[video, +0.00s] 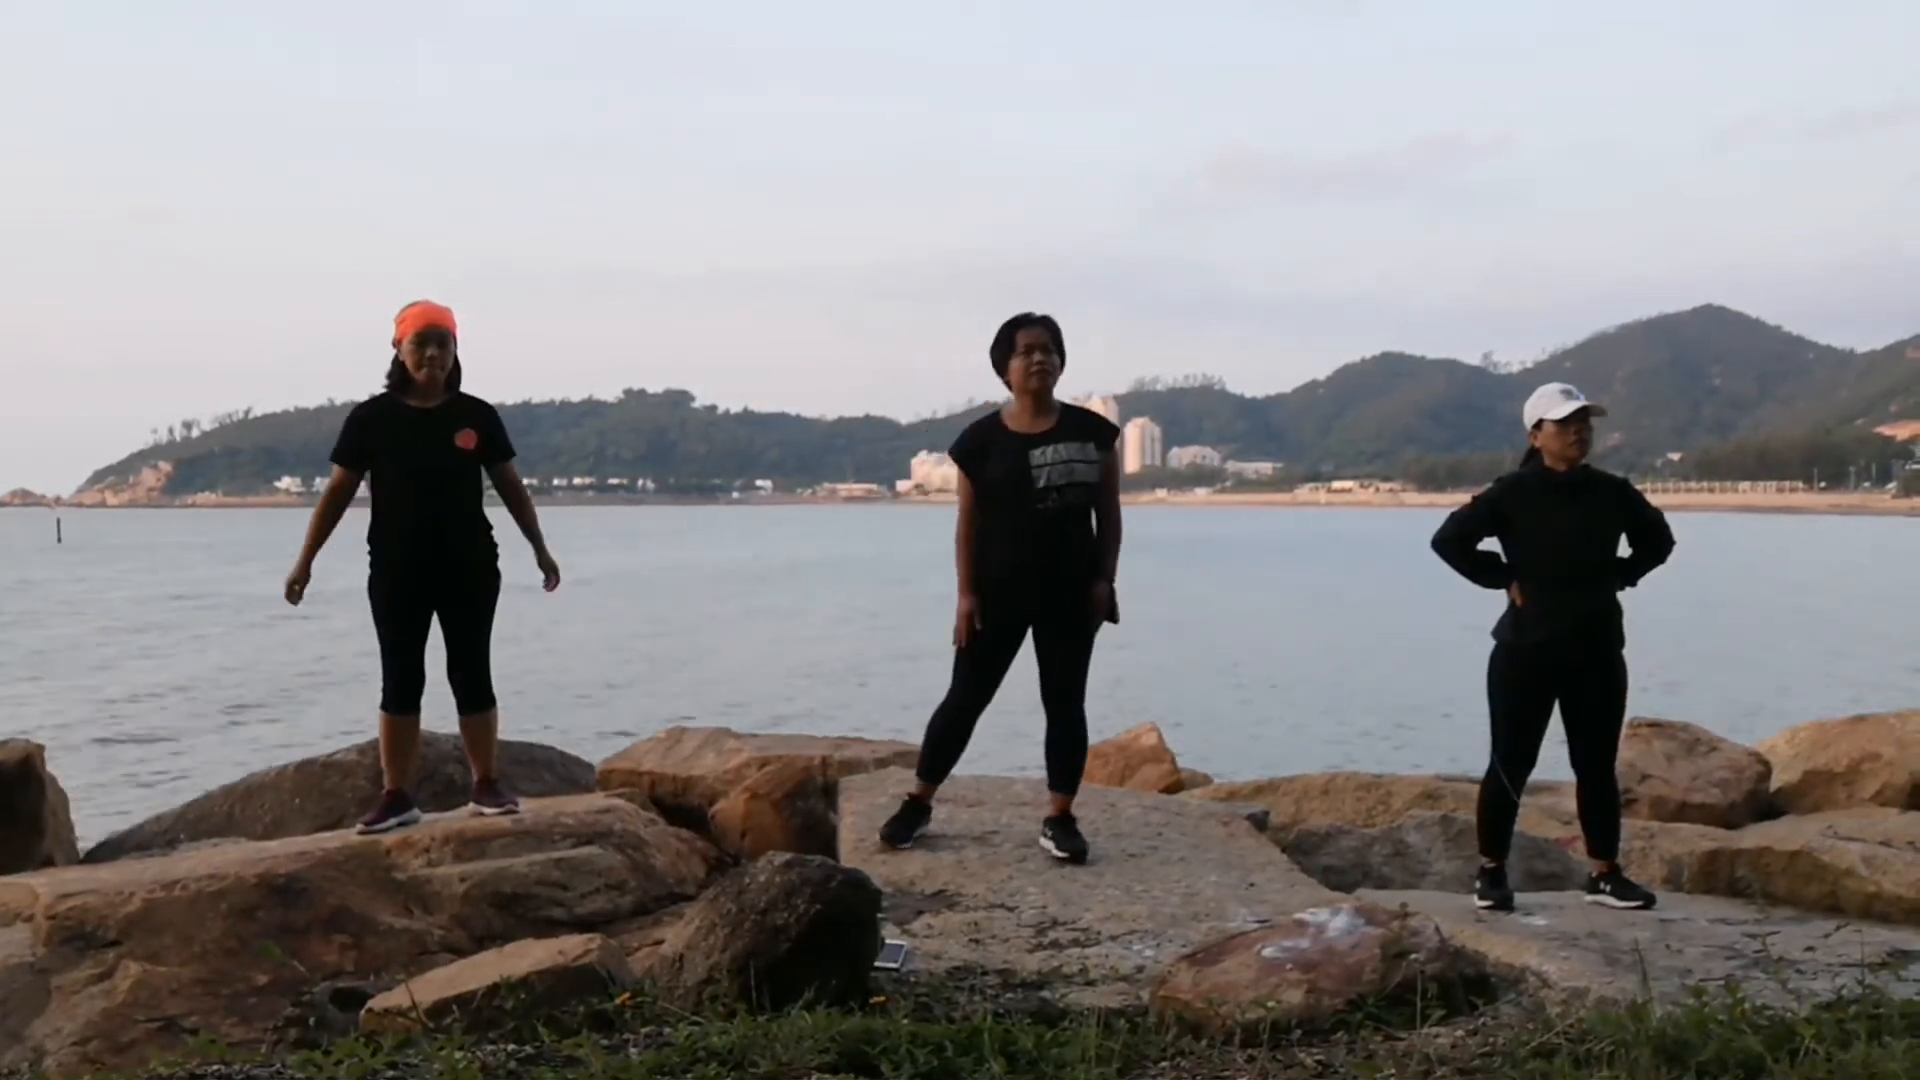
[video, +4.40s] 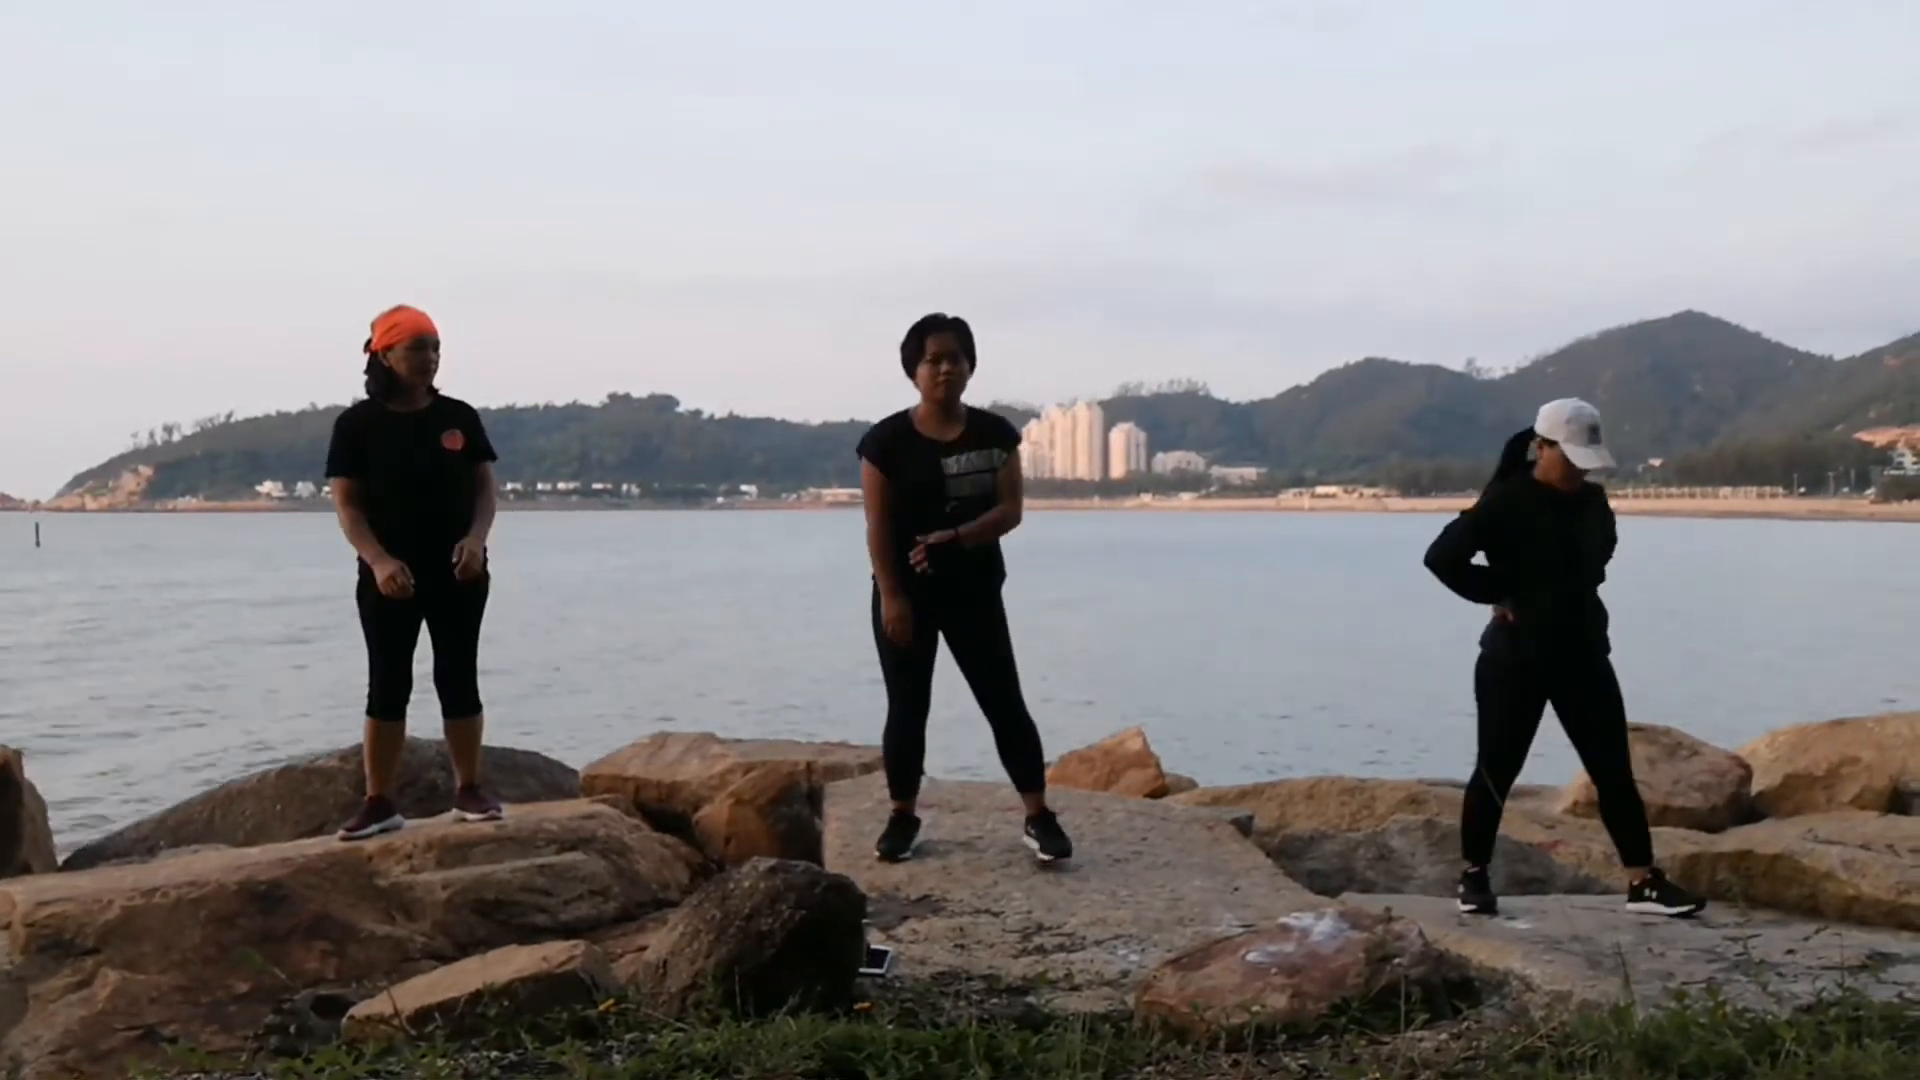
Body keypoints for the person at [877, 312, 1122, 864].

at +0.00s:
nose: (1038, 359)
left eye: (1047, 351)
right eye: (1025, 352)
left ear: (1061, 364)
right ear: (1004, 365)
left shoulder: (1095, 433)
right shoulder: (980, 440)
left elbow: (1110, 515)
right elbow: (966, 524)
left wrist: (1106, 581)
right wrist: (966, 593)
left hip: (1071, 593)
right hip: (1001, 594)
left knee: (1066, 707)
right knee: (963, 701)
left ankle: (1060, 816)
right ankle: (918, 802)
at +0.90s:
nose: (980, 367)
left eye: (991, 358)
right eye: (968, 356)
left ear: (1002, 368)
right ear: (945, 364)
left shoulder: (1024, 438)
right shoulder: (913, 437)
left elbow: (1033, 519)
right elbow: (891, 518)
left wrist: (1036, 589)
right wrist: (884, 588)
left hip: (992, 597)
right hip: (924, 597)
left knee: (1020, 709)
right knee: (925, 709)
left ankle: (1051, 815)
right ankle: (919, 812)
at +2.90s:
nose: (963, 368)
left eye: (973, 357)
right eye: (952, 360)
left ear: (998, 363)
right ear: (941, 371)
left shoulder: (1036, 434)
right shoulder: (923, 444)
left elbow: (1053, 513)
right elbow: (905, 523)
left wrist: (1057, 584)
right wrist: (890, 591)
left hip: (1013, 597)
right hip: (940, 598)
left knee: (1028, 712)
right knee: (930, 709)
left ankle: (1050, 823)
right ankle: (912, 813)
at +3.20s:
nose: (1003, 368)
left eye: (1015, 357)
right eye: (992, 360)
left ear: (1037, 363)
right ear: (981, 370)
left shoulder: (1072, 430)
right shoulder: (962, 436)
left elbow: (1100, 498)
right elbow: (938, 519)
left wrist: (1039, 522)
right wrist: (933, 589)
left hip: (1047, 595)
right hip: (977, 593)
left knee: (1049, 710)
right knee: (953, 705)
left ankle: (1052, 824)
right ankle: (917, 809)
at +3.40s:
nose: (1020, 366)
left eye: (1032, 356)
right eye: (1010, 356)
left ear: (1054, 365)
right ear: (996, 367)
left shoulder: (1078, 426)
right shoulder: (973, 429)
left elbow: (1057, 482)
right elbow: (964, 510)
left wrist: (984, 460)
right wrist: (966, 584)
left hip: (1048, 590)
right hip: (981, 585)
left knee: (1048, 710)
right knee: (951, 703)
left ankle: (1051, 824)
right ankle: (917, 811)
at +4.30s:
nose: (946, 370)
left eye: (957, 360)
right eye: (935, 360)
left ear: (972, 369)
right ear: (915, 369)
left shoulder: (995, 434)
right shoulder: (891, 437)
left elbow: (999, 511)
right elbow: (887, 522)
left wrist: (927, 502)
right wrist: (895, 597)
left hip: (972, 591)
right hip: (906, 590)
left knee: (1002, 706)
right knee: (906, 710)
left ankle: (1032, 815)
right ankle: (903, 815)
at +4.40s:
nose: (945, 369)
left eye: (954, 359)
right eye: (933, 360)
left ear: (970, 367)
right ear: (913, 369)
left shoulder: (995, 433)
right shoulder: (885, 441)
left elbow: (1010, 511)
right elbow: (877, 528)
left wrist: (957, 536)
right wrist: (890, 594)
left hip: (975, 592)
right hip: (907, 591)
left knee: (1006, 704)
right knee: (906, 711)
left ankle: (1038, 814)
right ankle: (903, 815)